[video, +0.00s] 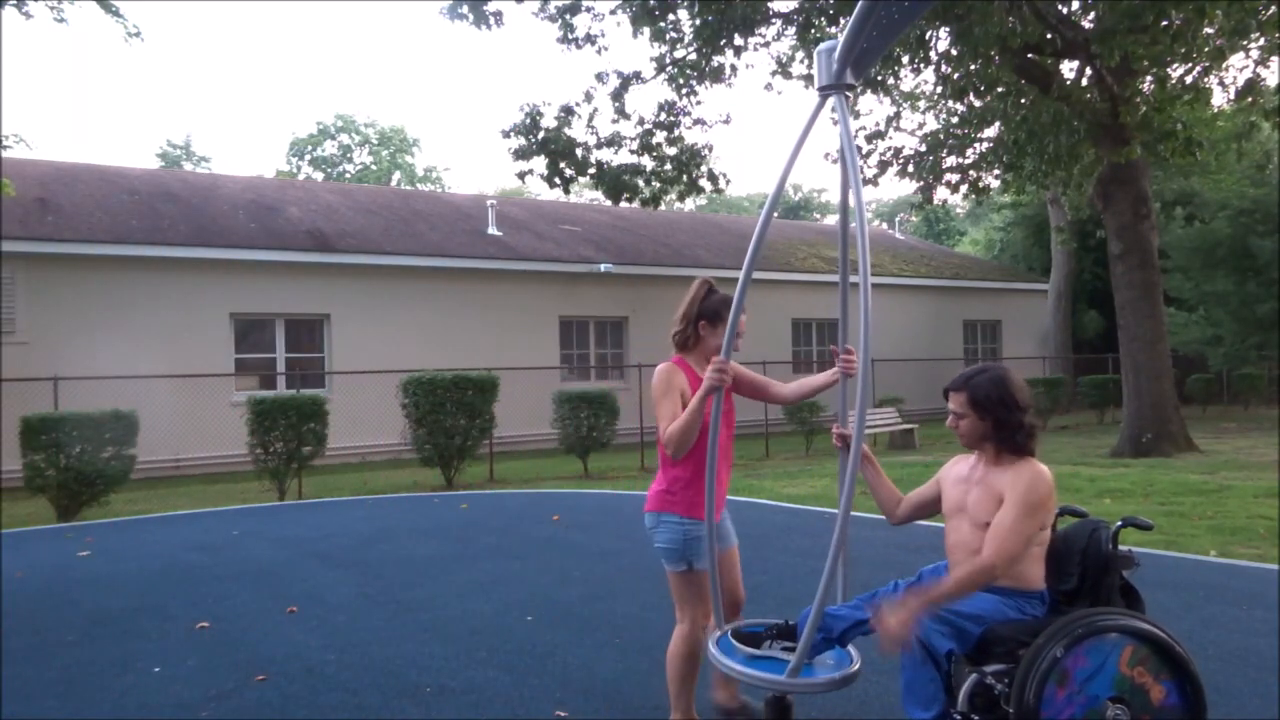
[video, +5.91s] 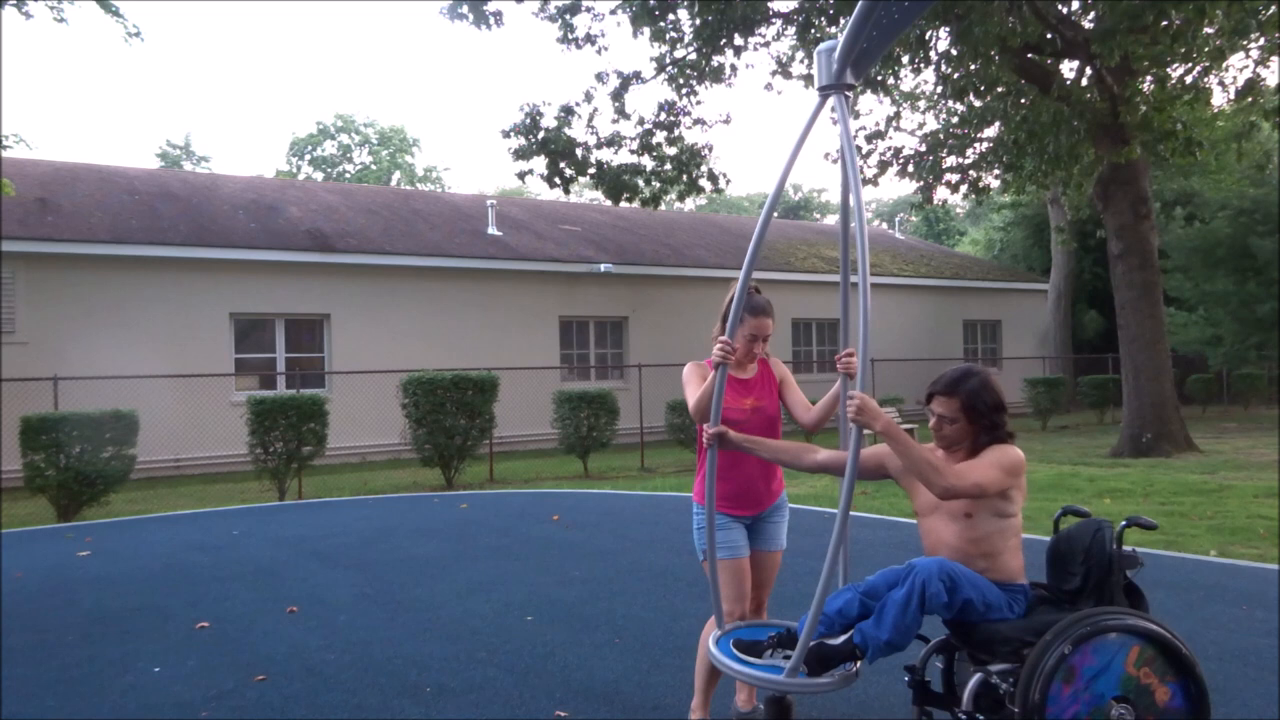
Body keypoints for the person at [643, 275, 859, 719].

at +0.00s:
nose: (737, 343)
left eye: (740, 334)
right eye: (732, 333)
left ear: (713, 329)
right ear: (704, 330)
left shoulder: (721, 369)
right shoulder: (669, 374)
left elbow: (783, 392)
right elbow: (672, 445)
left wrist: (836, 373)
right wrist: (703, 392)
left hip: (713, 508)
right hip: (676, 513)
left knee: (733, 604)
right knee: (695, 620)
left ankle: (726, 694)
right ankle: (681, 713)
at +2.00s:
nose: (752, 336)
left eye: (757, 327)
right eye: (744, 327)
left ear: (761, 325)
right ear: (717, 324)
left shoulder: (761, 366)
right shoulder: (688, 367)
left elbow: (805, 416)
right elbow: (692, 418)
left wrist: (843, 381)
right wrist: (719, 370)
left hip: (758, 507)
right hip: (705, 509)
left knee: (746, 608)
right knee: (705, 614)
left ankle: (745, 695)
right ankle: (697, 709)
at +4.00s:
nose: (759, 346)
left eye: (764, 337)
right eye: (751, 336)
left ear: (769, 330)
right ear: (726, 328)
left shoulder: (772, 366)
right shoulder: (698, 370)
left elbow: (811, 413)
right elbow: (699, 417)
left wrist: (848, 379)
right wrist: (719, 370)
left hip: (771, 504)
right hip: (720, 508)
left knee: (757, 612)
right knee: (735, 615)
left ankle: (746, 701)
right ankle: (702, 707)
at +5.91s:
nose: (760, 347)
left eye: (766, 338)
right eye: (752, 337)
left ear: (771, 332)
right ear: (728, 328)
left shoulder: (774, 367)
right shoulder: (699, 370)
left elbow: (810, 418)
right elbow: (699, 415)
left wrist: (842, 380)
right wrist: (719, 369)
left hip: (771, 504)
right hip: (719, 507)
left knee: (757, 610)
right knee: (732, 614)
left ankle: (746, 700)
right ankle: (699, 707)